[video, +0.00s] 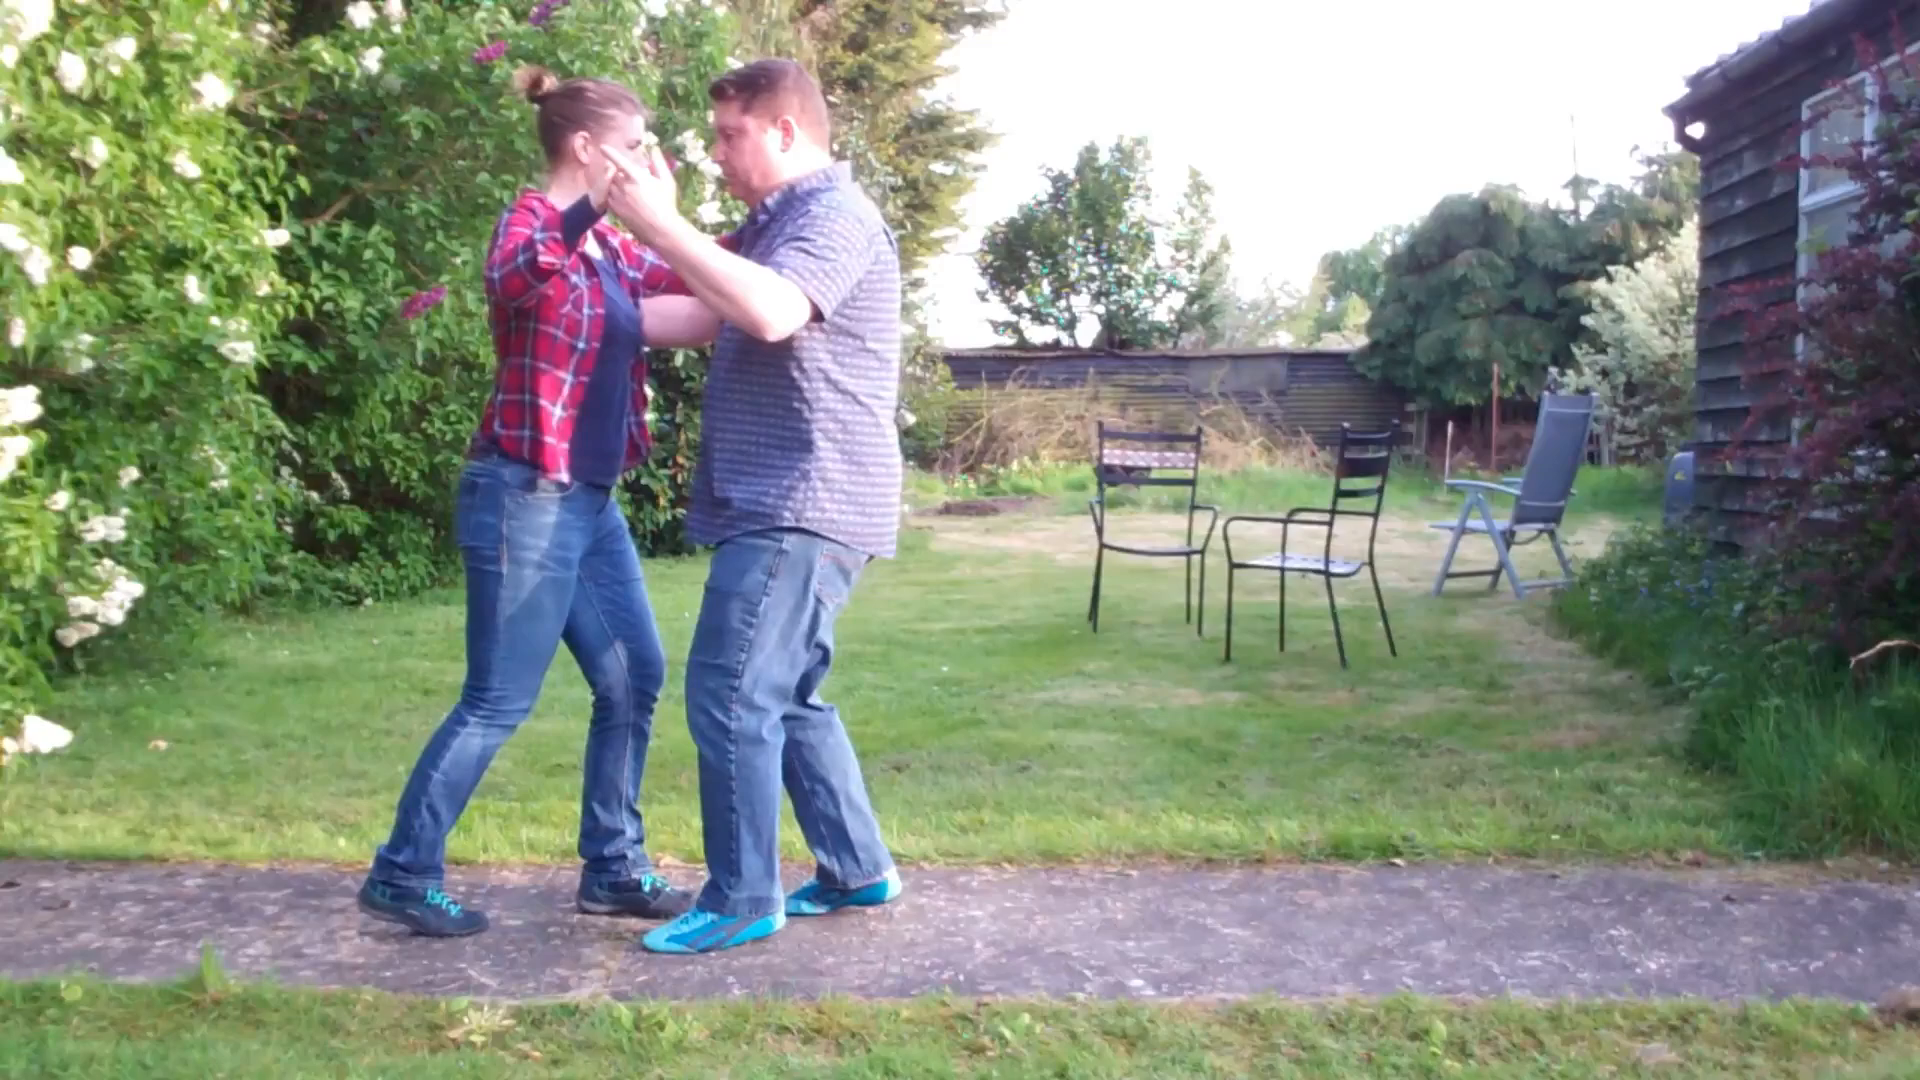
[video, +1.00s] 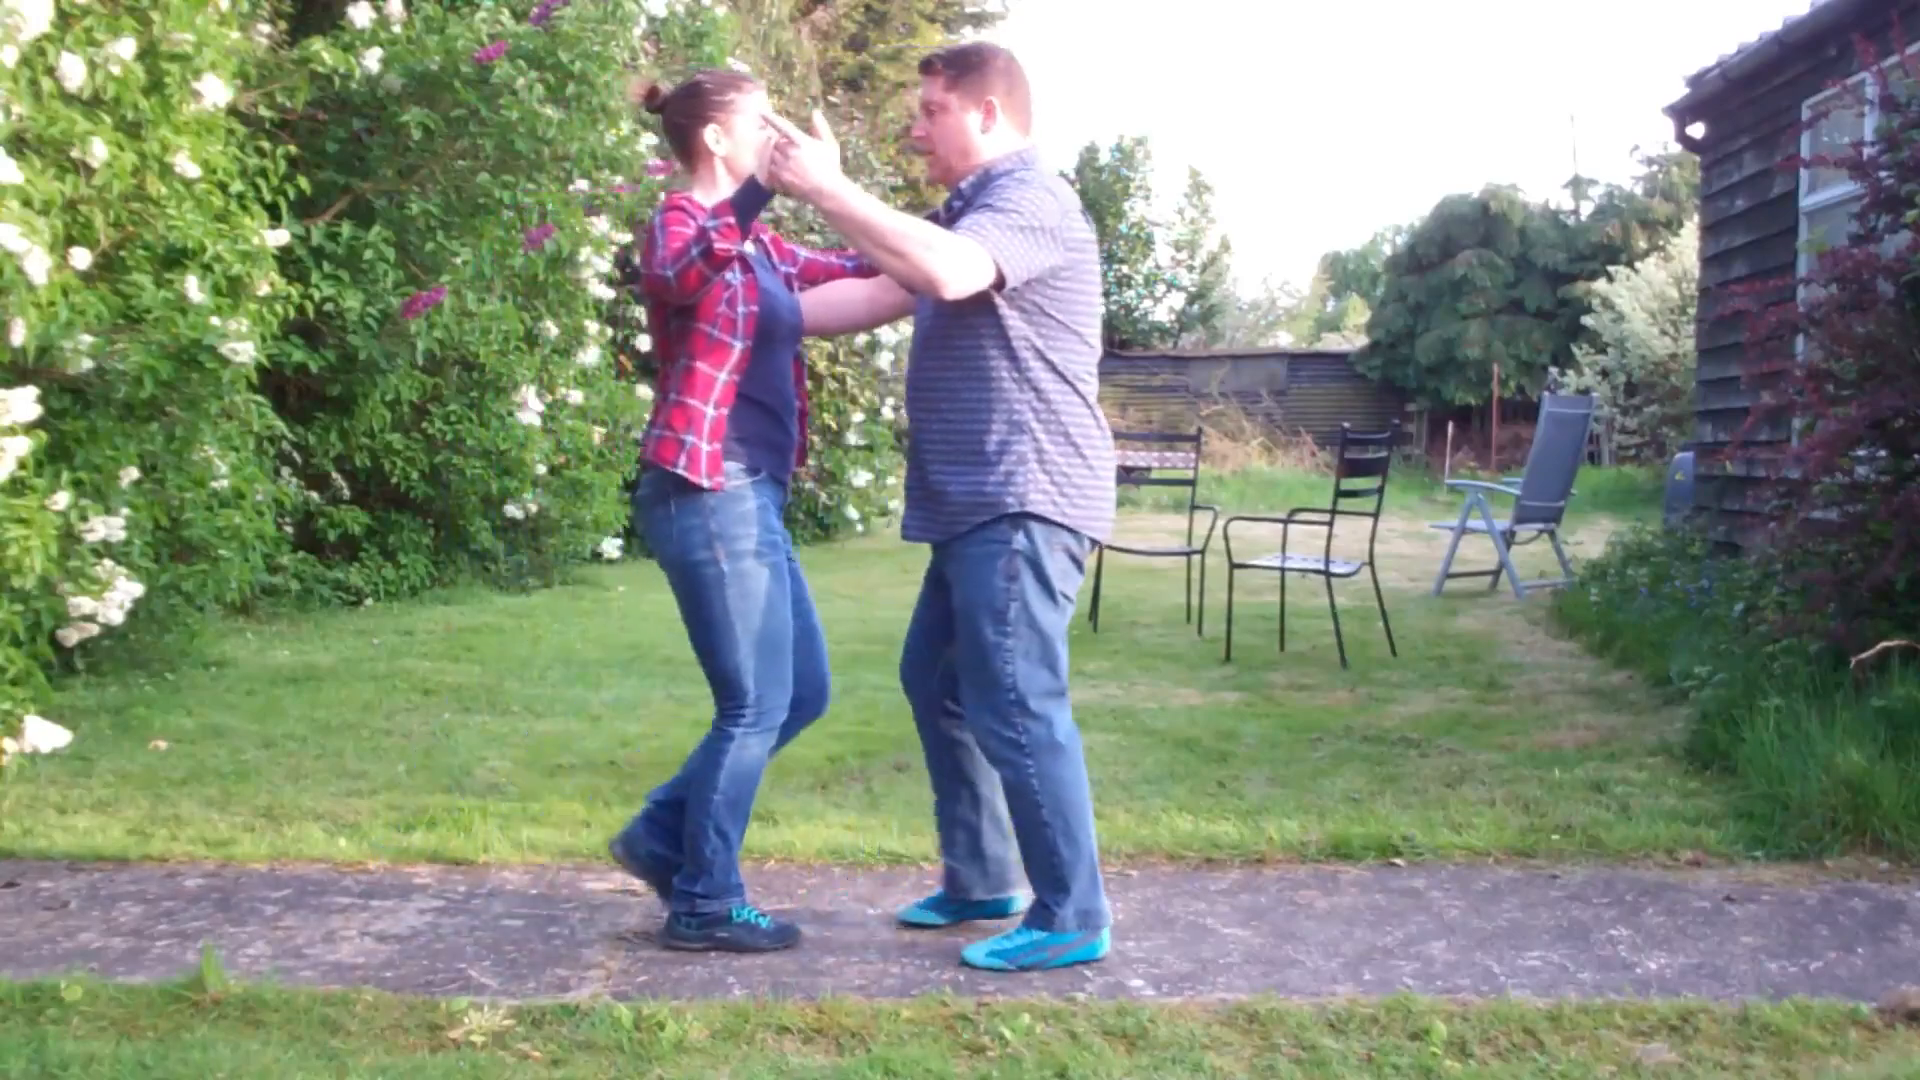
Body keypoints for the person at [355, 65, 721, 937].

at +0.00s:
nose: (646, 162)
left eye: (647, 147)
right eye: (635, 145)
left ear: (595, 153)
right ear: (586, 148)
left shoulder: (617, 249)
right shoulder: (531, 221)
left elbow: (693, 292)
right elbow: (518, 282)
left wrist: (677, 219)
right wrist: (597, 214)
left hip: (589, 499)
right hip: (523, 494)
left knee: (634, 672)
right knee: (498, 701)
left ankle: (612, 870)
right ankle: (402, 874)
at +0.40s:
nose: (647, 154)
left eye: (648, 138)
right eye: (635, 138)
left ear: (594, 146)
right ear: (585, 144)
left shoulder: (621, 242)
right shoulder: (538, 227)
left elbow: (714, 272)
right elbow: (540, 280)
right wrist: (611, 205)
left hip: (607, 490)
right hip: (547, 490)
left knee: (598, 700)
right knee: (573, 703)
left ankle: (525, 871)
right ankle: (441, 850)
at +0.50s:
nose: (660, 150)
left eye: (658, 134)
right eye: (647, 134)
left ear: (604, 143)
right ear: (599, 141)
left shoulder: (639, 241)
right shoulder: (550, 221)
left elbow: (725, 265)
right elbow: (545, 276)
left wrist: (801, 232)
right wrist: (615, 201)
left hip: (618, 491)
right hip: (561, 488)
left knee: (575, 693)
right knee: (639, 690)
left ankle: (519, 870)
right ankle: (518, 859)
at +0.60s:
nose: (677, 144)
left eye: (675, 129)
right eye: (664, 129)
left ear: (622, 137)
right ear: (617, 138)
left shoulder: (660, 240)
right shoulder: (569, 217)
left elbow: (747, 267)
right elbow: (561, 266)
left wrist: (825, 243)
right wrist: (647, 194)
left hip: (630, 489)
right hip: (581, 489)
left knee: (572, 698)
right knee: (684, 679)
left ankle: (520, 871)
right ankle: (639, 884)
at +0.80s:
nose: (722, 138)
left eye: (722, 124)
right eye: (710, 123)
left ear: (671, 137)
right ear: (664, 134)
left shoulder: (711, 238)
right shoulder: (623, 217)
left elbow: (808, 268)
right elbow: (625, 263)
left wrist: (877, 238)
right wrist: (702, 185)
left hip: (682, 484)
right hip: (647, 485)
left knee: (625, 693)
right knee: (738, 689)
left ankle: (534, 856)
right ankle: (708, 899)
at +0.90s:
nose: (750, 134)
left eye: (748, 119)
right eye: (736, 118)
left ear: (693, 131)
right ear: (690, 129)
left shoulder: (731, 235)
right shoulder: (652, 214)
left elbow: (824, 268)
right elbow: (653, 273)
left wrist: (907, 252)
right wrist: (721, 191)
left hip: (719, 482)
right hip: (683, 482)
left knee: (718, 696)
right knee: (743, 700)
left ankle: (574, 831)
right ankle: (706, 900)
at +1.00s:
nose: (778, 141)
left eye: (776, 125)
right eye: (763, 124)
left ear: (724, 140)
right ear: (715, 137)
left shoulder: (761, 242)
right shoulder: (677, 221)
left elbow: (859, 265)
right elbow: (675, 279)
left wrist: (943, 240)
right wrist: (760, 189)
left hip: (754, 486)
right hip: (702, 486)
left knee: (803, 690)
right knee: (752, 703)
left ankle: (659, 836)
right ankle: (704, 905)